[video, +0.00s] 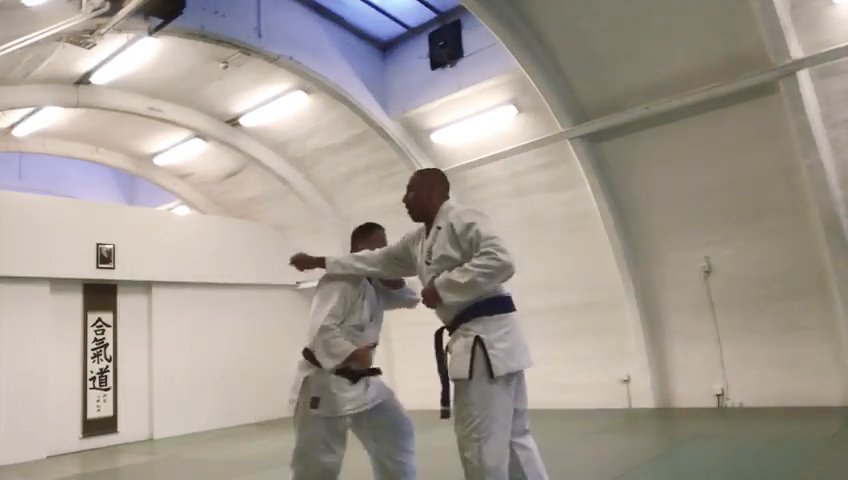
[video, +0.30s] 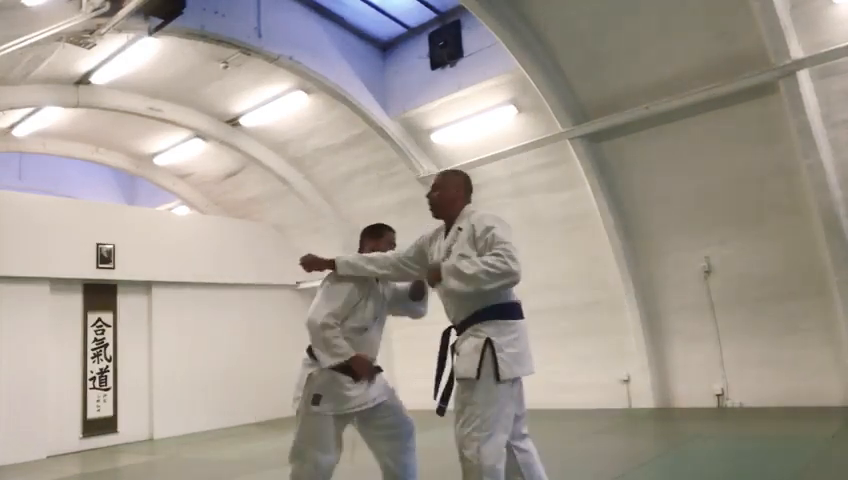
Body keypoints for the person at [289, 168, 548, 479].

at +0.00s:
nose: (404, 198)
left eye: (410, 190)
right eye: (405, 191)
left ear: (432, 190)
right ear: (429, 193)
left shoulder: (462, 219)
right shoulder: (419, 239)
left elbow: (499, 260)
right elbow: (374, 260)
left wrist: (442, 288)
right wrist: (320, 263)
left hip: (484, 338)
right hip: (483, 336)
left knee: (479, 443)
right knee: (515, 438)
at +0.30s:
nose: (429, 197)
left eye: (436, 189)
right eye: (430, 190)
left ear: (458, 193)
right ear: (450, 196)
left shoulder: (484, 224)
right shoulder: (434, 240)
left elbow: (507, 267)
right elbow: (392, 263)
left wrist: (446, 271)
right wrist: (331, 264)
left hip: (494, 338)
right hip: (478, 338)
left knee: (477, 441)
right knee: (513, 438)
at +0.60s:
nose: (439, 196)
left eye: (446, 190)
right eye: (440, 191)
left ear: (470, 193)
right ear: (458, 197)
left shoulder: (499, 223)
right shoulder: (446, 239)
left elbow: (480, 259)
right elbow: (402, 267)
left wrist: (447, 243)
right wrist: (338, 280)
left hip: (506, 337)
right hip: (483, 339)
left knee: (489, 441)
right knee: (516, 436)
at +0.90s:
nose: (416, 227)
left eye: (420, 218)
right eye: (415, 221)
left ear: (442, 212)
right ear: (438, 214)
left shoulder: (477, 238)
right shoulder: (440, 257)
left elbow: (496, 295)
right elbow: (403, 285)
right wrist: (346, 286)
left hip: (516, 340)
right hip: (501, 342)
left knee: (488, 435)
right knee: (520, 441)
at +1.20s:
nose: (399, 295)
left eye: (397, 287)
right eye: (393, 290)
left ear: (409, 270)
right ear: (410, 266)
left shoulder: (456, 270)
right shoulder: (436, 285)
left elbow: (505, 325)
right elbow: (462, 337)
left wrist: (480, 361)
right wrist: (476, 368)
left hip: (526, 342)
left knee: (496, 438)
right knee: (521, 437)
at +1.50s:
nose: (391, 337)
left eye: (385, 329)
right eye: (383, 333)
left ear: (394, 307)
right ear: (395, 304)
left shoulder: (438, 299)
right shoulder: (426, 306)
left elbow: (504, 336)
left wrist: (497, 374)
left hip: (527, 338)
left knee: (498, 439)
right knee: (528, 434)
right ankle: (543, 477)